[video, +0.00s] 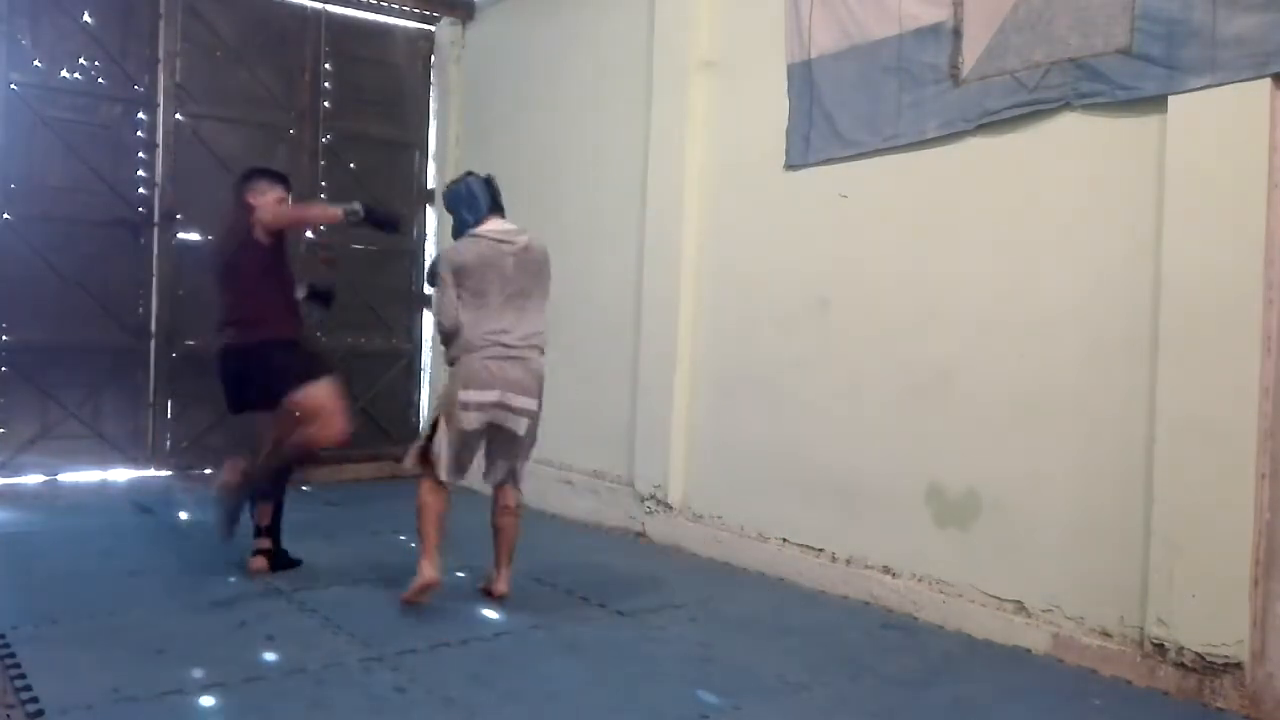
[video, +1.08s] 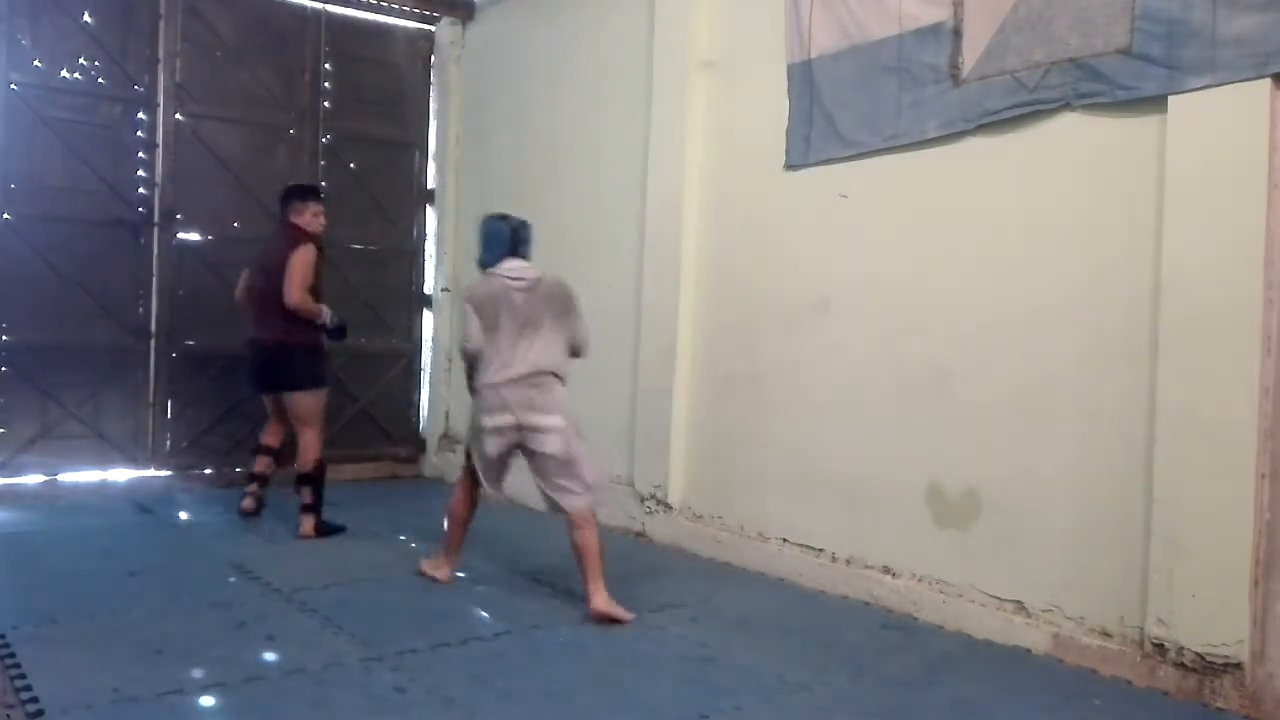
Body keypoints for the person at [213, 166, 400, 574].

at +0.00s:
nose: (287, 207)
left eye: (287, 200)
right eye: (279, 198)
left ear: (254, 202)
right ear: (252, 197)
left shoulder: (239, 237)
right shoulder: (257, 221)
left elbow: (258, 291)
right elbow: (300, 215)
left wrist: (303, 293)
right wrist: (357, 211)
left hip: (248, 352)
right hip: (272, 349)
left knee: (274, 447)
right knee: (332, 425)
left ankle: (266, 547)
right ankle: (248, 479)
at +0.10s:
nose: (287, 200)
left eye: (289, 195)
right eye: (282, 193)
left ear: (250, 196)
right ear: (258, 190)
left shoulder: (236, 233)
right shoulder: (255, 209)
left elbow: (277, 280)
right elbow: (282, 209)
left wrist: (322, 274)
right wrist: (323, 209)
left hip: (248, 333)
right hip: (293, 319)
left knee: (267, 424)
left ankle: (279, 527)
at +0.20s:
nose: (283, 211)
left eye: (284, 205)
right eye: (281, 204)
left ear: (248, 206)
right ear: (273, 205)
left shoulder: (232, 249)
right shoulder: (283, 238)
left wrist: (327, 277)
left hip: (264, 341)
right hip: (308, 322)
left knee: (268, 435)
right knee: (392, 351)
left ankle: (283, 528)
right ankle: (402, 275)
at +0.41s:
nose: (284, 211)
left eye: (284, 205)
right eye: (281, 204)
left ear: (248, 206)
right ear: (273, 205)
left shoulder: (232, 249)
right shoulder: (283, 238)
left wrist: (326, 277)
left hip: (264, 341)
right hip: (308, 322)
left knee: (268, 435)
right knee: (392, 351)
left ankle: (283, 528)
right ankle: (402, 275)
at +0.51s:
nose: (268, 249)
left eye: (263, 247)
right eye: (265, 246)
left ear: (233, 262)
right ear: (263, 248)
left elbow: (238, 356)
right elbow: (316, 260)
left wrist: (255, 380)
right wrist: (357, 285)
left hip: (272, 353)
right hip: (320, 334)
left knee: (284, 445)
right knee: (369, 393)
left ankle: (297, 542)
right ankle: (346, 407)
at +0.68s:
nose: (291, 232)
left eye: (289, 228)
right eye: (288, 228)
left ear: (254, 238)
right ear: (282, 230)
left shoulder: (239, 278)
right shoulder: (293, 240)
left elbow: (238, 336)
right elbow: (323, 261)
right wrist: (362, 291)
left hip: (270, 348)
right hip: (319, 337)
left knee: (284, 439)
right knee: (346, 418)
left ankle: (294, 538)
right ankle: (351, 509)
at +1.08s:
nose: (323, 221)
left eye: (323, 214)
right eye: (318, 214)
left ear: (292, 215)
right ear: (298, 214)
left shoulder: (273, 244)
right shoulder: (304, 246)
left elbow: (243, 292)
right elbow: (295, 296)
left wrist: (275, 316)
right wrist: (326, 315)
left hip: (265, 350)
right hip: (299, 352)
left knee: (276, 420)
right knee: (309, 429)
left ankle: (252, 494)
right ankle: (310, 518)